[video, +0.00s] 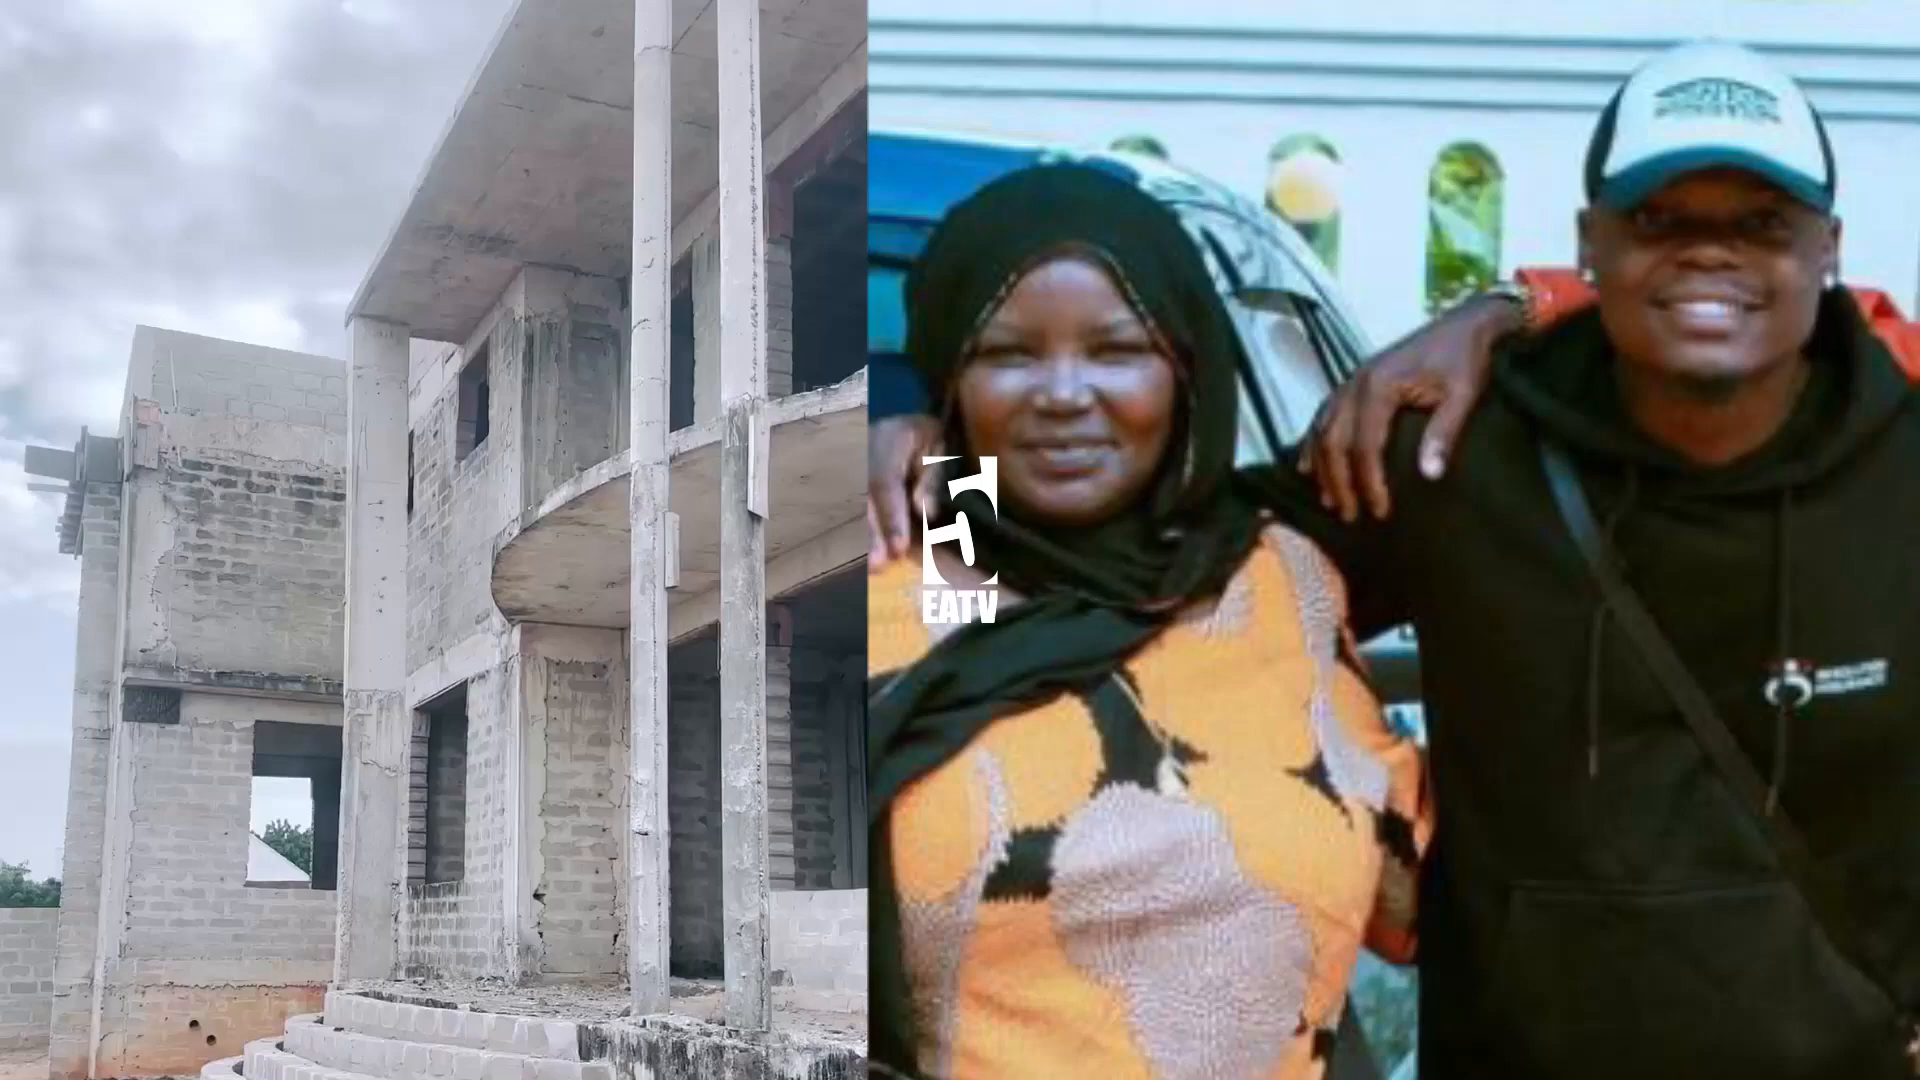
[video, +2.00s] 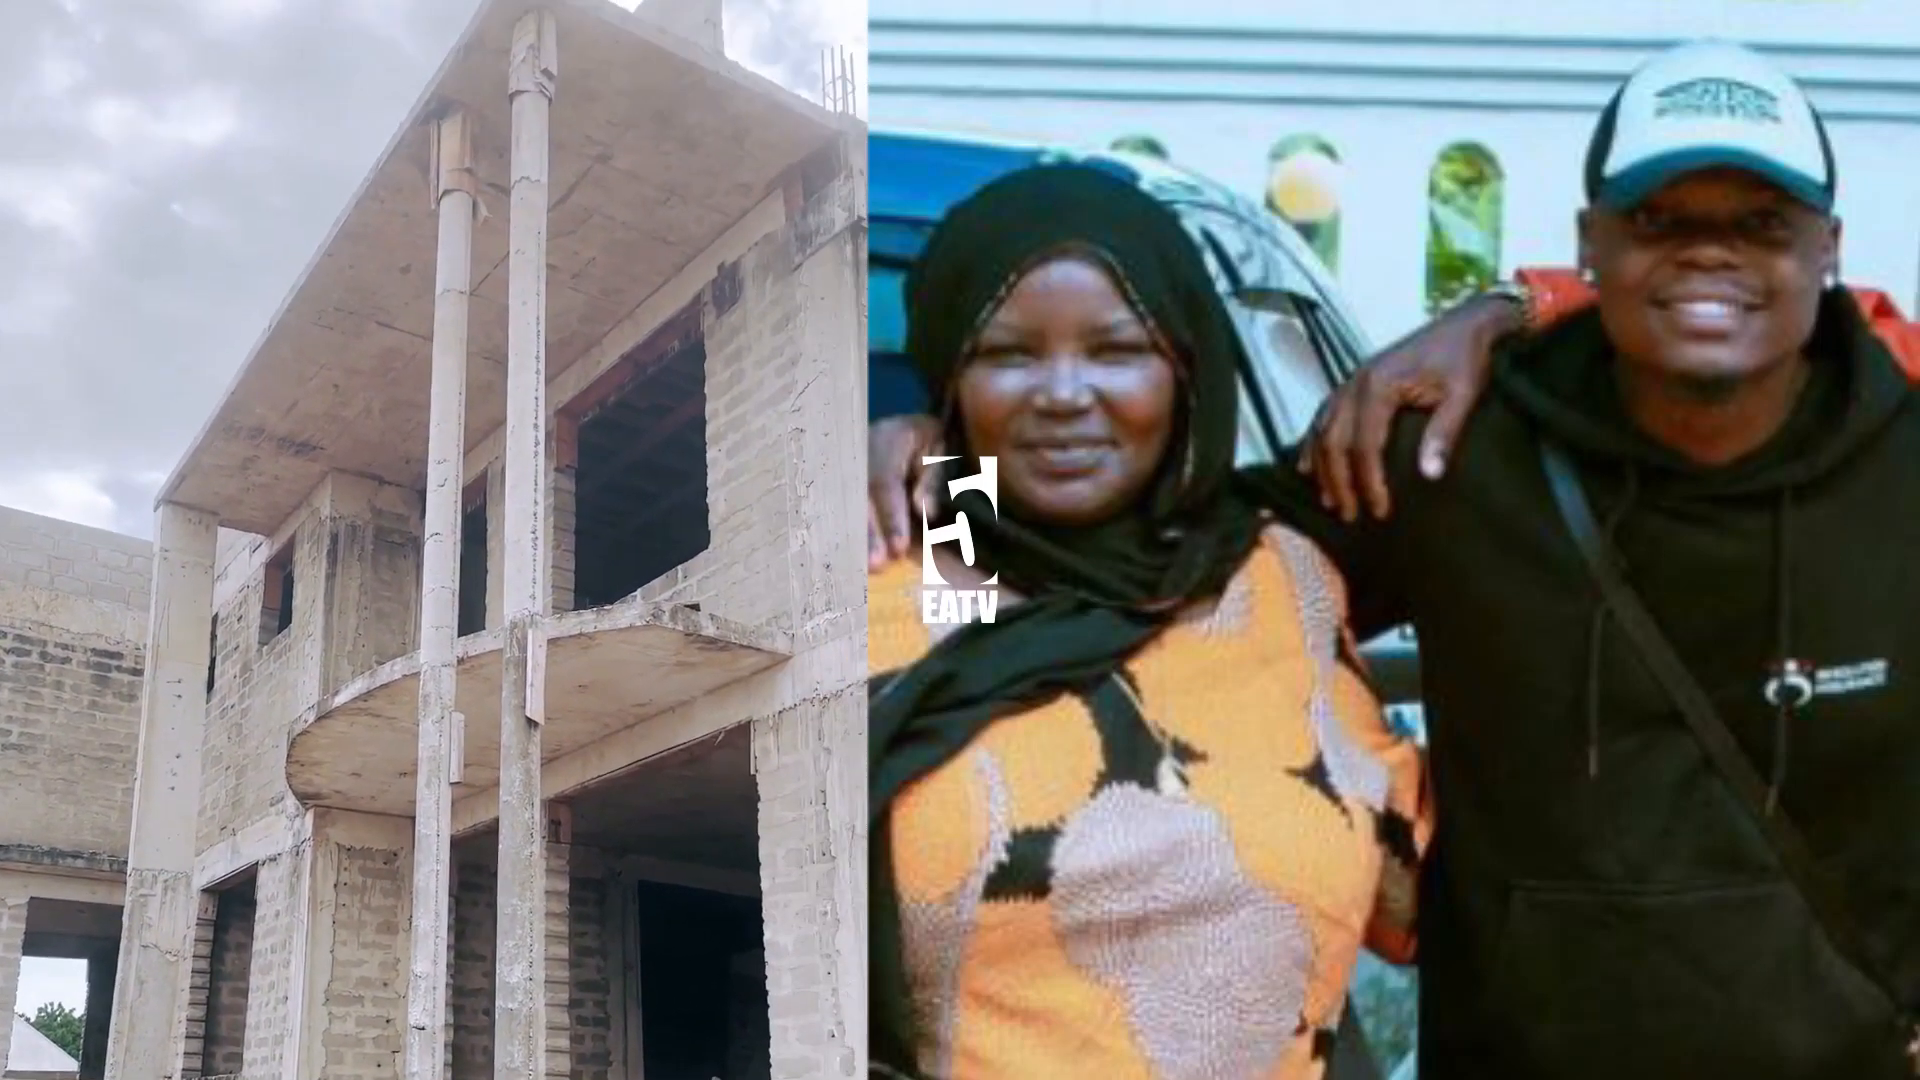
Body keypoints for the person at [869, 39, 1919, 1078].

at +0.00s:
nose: (1706, 252)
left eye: (1757, 220)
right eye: (1664, 216)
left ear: (1826, 251)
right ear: (1595, 242)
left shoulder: (1899, 446)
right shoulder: (1464, 449)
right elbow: (1176, 557)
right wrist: (960, 465)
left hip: (1848, 1037)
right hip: (1535, 1045)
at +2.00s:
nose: (1707, 252)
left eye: (1757, 220)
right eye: (1664, 216)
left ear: (1825, 250)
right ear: (1595, 242)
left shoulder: (1898, 445)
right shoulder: (1464, 447)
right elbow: (1175, 557)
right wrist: (954, 461)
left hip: (1849, 1038)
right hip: (1535, 1045)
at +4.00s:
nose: (1707, 252)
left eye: (1757, 220)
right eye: (1664, 215)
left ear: (1825, 250)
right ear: (1595, 242)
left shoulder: (1899, 445)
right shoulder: (1464, 447)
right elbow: (1174, 558)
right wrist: (954, 463)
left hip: (1849, 1037)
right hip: (1535, 1044)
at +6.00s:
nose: (1707, 252)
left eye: (1757, 220)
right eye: (1665, 215)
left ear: (1825, 251)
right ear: (1595, 242)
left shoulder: (1898, 444)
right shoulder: (1465, 447)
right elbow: (1176, 560)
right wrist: (954, 468)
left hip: (1848, 1038)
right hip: (1536, 1044)